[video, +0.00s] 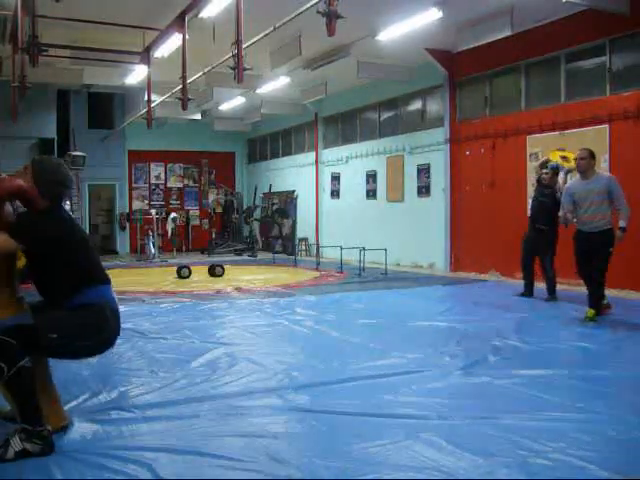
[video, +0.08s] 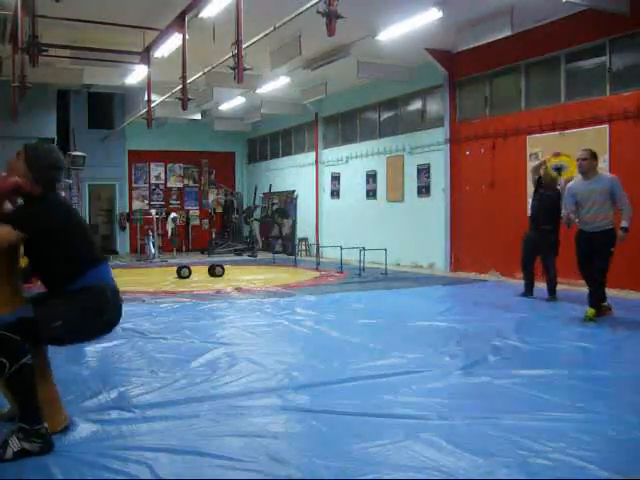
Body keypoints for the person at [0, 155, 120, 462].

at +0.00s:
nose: (17, 181)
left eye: (24, 177)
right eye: (21, 175)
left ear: (35, 189)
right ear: (54, 191)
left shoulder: (40, 223)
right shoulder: (52, 219)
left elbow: (3, 232)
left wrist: (6, 192)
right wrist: (7, 191)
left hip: (92, 323)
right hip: (94, 317)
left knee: (9, 340)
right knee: (14, 323)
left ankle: (34, 432)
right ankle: (39, 409)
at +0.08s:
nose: (11, 162)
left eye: (18, 160)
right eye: (16, 157)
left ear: (32, 176)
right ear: (41, 178)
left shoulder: (38, 211)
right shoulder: (47, 207)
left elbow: (3, 234)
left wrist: (4, 195)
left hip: (93, 306)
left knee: (12, 334)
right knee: (13, 322)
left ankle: (33, 431)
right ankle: (29, 408)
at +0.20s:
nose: (6, 153)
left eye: (13, 148)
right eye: (9, 146)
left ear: (30, 157)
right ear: (41, 157)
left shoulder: (39, 189)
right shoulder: (48, 186)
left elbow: (5, 226)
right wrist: (39, 276)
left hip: (94, 283)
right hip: (92, 279)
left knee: (16, 330)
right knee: (16, 325)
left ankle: (36, 430)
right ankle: (31, 407)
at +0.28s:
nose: (17, 126)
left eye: (23, 119)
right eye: (20, 119)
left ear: (40, 129)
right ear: (49, 130)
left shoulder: (52, 170)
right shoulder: (53, 167)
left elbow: (11, 216)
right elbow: (17, 213)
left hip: (96, 270)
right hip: (91, 267)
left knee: (22, 330)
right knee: (22, 325)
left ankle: (35, 431)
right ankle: (34, 405)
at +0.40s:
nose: (41, 111)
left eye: (49, 107)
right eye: (44, 105)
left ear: (65, 120)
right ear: (69, 124)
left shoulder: (66, 160)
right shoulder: (65, 157)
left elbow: (20, 208)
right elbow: (24, 202)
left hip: (98, 263)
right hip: (90, 261)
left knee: (23, 333)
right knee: (25, 325)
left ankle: (39, 432)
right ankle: (37, 401)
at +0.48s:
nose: (95, 108)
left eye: (104, 106)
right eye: (99, 104)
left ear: (116, 121)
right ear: (116, 124)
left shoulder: (98, 159)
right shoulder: (98, 156)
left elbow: (38, 196)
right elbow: (45, 186)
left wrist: (12, 192)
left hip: (95, 262)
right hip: (88, 259)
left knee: (19, 334)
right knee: (21, 327)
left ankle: (38, 432)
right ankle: (35, 405)